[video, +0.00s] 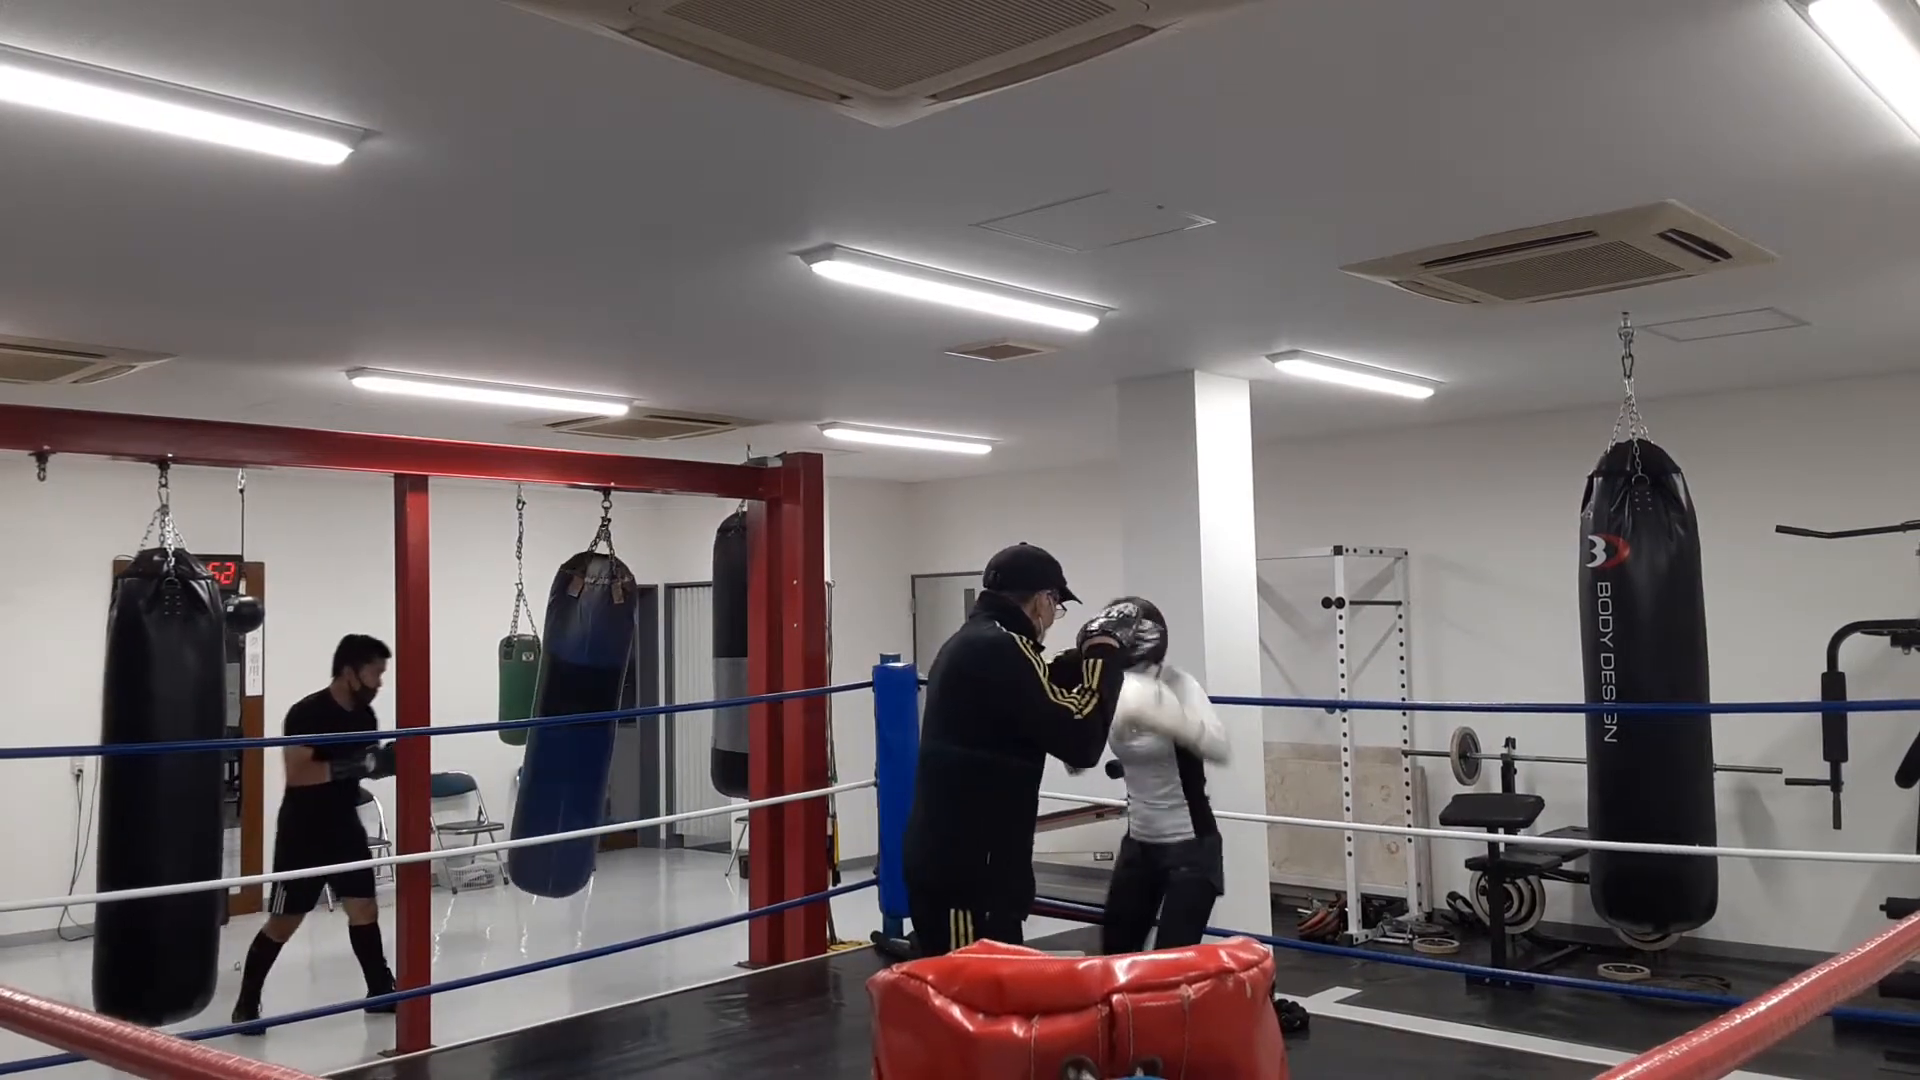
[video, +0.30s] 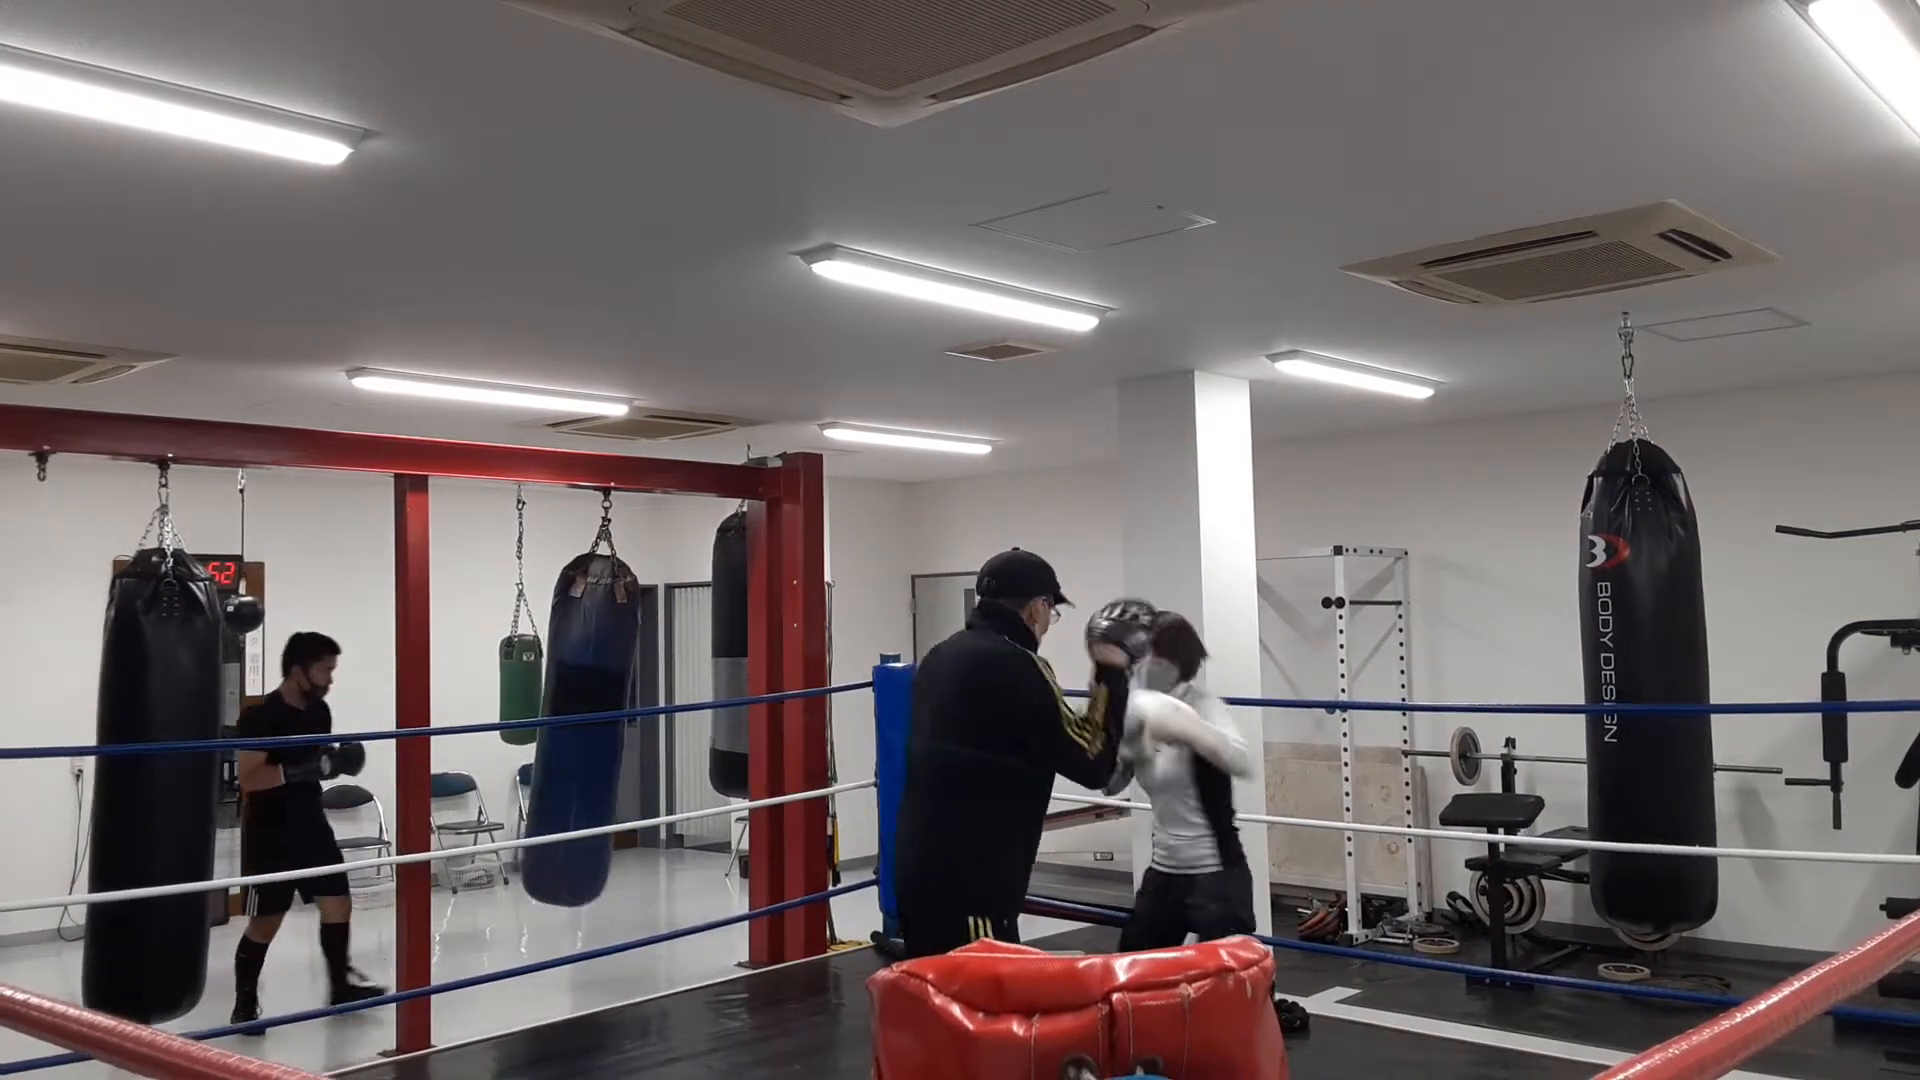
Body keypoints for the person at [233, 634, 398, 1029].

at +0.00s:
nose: (380, 683)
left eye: (381, 675)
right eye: (375, 675)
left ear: (362, 673)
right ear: (348, 671)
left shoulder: (365, 717)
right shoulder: (306, 713)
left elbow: (360, 766)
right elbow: (295, 775)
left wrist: (391, 761)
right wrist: (349, 767)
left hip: (345, 822)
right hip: (303, 825)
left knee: (363, 907)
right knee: (286, 919)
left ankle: (380, 989)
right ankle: (247, 1002)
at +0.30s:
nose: (332, 678)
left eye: (333, 670)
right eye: (326, 670)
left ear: (307, 672)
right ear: (298, 670)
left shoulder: (319, 712)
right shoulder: (260, 716)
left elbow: (311, 761)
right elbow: (249, 778)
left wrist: (339, 761)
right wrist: (302, 770)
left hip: (310, 821)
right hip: (269, 826)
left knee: (337, 902)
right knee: (268, 915)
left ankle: (340, 987)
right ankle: (245, 1003)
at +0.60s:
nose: (315, 677)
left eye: (315, 670)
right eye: (308, 670)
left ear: (291, 673)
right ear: (280, 672)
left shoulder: (309, 711)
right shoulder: (246, 721)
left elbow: (315, 757)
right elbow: (243, 784)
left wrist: (338, 755)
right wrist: (296, 770)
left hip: (306, 820)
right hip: (265, 826)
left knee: (323, 904)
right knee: (270, 915)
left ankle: (297, 987)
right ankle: (246, 1002)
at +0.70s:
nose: (319, 677)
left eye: (320, 669)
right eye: (313, 670)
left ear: (296, 672)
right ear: (285, 671)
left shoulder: (312, 711)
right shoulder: (250, 720)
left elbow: (319, 759)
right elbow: (246, 782)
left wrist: (341, 756)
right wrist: (300, 769)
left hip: (309, 819)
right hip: (267, 825)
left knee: (332, 901)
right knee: (271, 914)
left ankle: (323, 982)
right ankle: (246, 1003)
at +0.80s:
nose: (329, 679)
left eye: (330, 671)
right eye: (323, 672)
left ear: (311, 674)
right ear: (295, 672)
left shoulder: (321, 713)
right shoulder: (260, 720)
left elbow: (324, 762)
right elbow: (254, 783)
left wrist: (348, 760)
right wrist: (307, 771)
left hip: (315, 822)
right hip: (272, 827)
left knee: (341, 898)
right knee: (274, 913)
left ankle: (352, 977)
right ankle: (246, 1005)